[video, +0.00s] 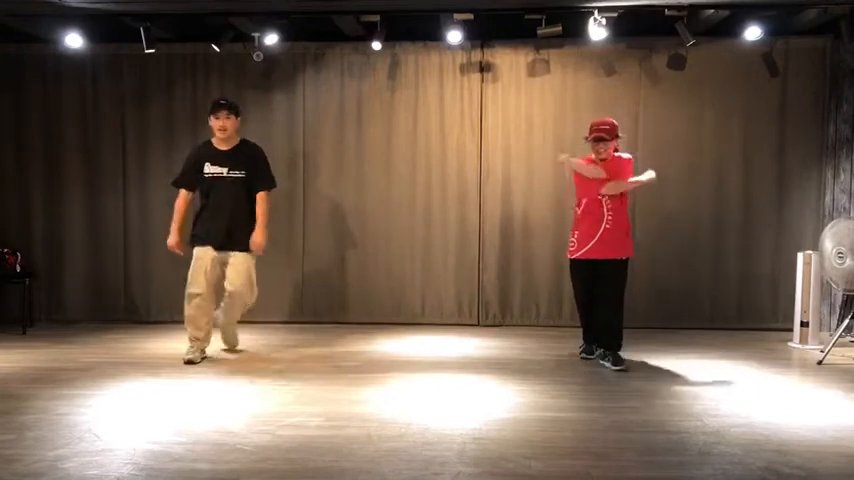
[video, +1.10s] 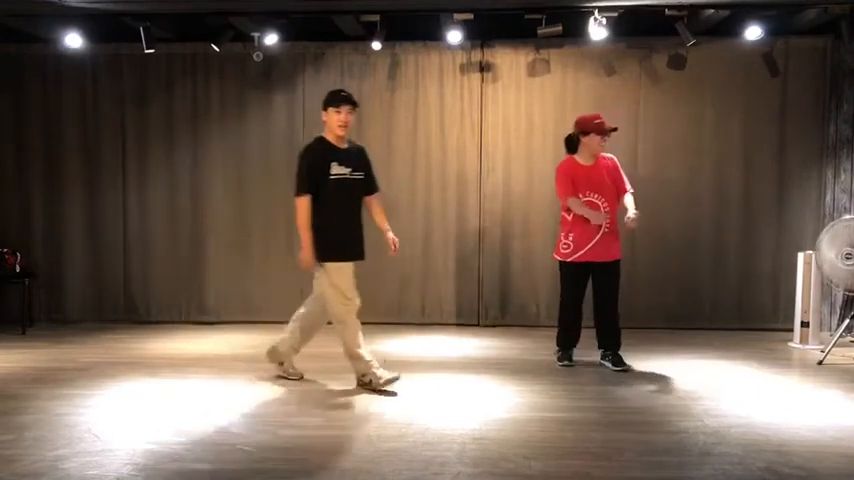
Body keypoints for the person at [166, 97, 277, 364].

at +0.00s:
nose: (222, 123)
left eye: (228, 117)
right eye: (217, 118)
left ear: (238, 121)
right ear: (210, 122)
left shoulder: (253, 153)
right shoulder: (200, 153)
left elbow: (262, 195)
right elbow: (184, 193)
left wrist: (260, 231)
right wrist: (175, 232)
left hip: (241, 239)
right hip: (207, 238)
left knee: (242, 291)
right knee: (198, 293)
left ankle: (227, 323)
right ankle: (196, 344)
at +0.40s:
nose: (250, 122)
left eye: (256, 117)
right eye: (245, 115)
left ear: (263, 122)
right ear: (235, 118)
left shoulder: (270, 158)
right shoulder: (219, 150)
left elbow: (278, 200)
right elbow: (203, 184)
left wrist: (285, 236)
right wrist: (209, 212)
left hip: (256, 243)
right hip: (220, 241)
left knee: (263, 300)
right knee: (206, 296)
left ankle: (269, 354)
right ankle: (196, 345)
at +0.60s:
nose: (283, 118)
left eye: (288, 113)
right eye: (277, 112)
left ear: (293, 119)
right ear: (265, 114)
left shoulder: (296, 156)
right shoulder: (246, 145)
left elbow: (299, 201)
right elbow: (229, 186)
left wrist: (298, 237)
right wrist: (227, 229)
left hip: (283, 241)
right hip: (249, 239)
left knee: (281, 302)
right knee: (238, 295)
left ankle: (272, 358)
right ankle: (214, 338)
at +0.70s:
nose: (293, 116)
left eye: (298, 111)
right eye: (287, 110)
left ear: (304, 116)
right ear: (275, 112)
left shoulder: (308, 153)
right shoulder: (254, 146)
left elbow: (315, 197)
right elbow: (240, 188)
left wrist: (319, 235)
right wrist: (237, 228)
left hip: (296, 240)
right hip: (263, 238)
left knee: (289, 303)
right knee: (267, 296)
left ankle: (273, 359)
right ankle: (243, 348)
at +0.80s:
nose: (304, 116)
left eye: (309, 111)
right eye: (298, 110)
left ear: (313, 115)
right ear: (284, 111)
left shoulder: (316, 150)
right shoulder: (265, 146)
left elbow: (330, 192)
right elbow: (251, 187)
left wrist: (344, 227)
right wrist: (252, 228)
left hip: (306, 235)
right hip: (277, 234)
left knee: (294, 299)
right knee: (292, 295)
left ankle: (273, 358)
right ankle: (281, 362)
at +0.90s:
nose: (315, 115)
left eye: (320, 110)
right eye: (308, 109)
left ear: (324, 115)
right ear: (295, 112)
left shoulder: (327, 150)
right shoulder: (278, 149)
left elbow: (343, 190)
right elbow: (266, 192)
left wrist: (363, 223)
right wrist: (269, 233)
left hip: (317, 238)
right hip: (292, 237)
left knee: (297, 301)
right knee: (315, 295)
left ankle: (274, 360)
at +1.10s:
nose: (344, 119)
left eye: (349, 113)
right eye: (337, 112)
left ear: (354, 118)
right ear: (325, 115)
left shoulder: (357, 154)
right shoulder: (312, 154)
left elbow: (371, 197)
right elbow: (303, 201)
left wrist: (387, 229)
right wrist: (306, 246)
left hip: (350, 244)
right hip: (327, 245)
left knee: (320, 304)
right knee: (347, 307)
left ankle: (282, 351)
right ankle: (366, 372)